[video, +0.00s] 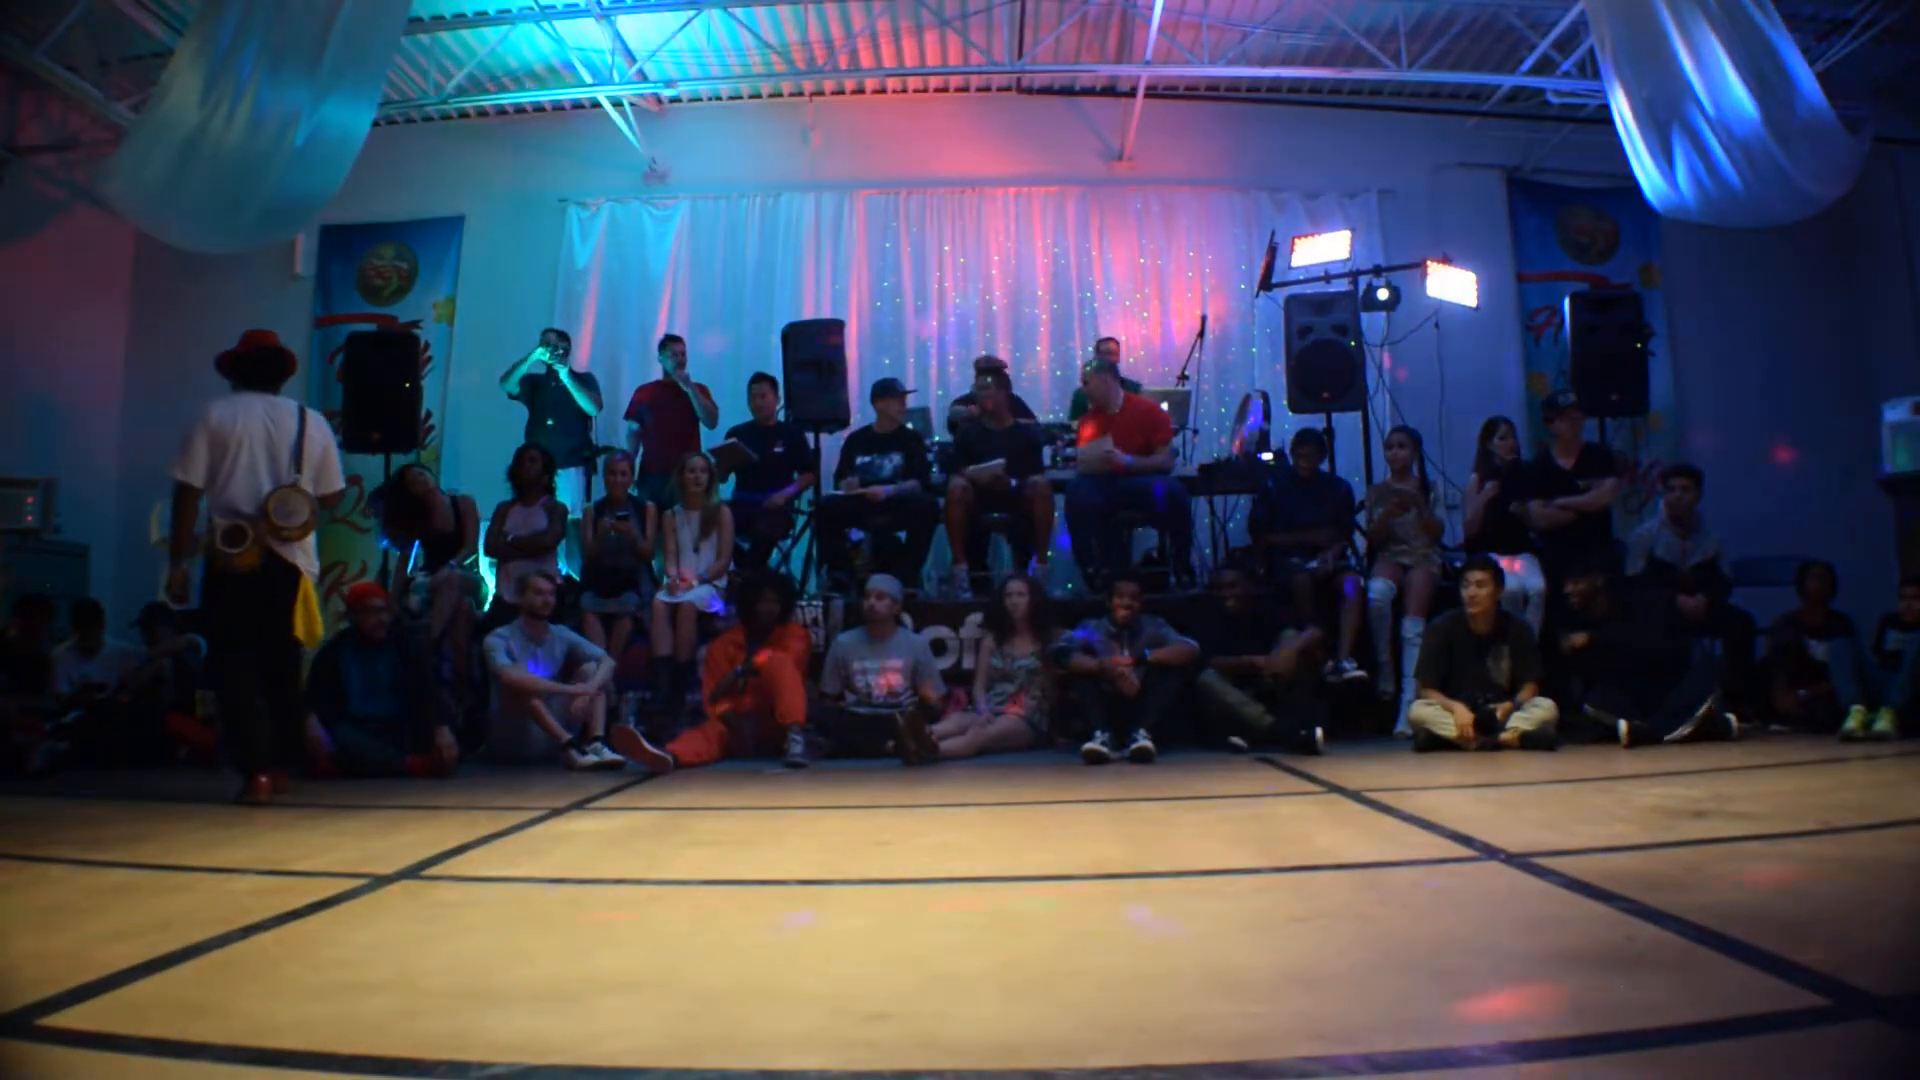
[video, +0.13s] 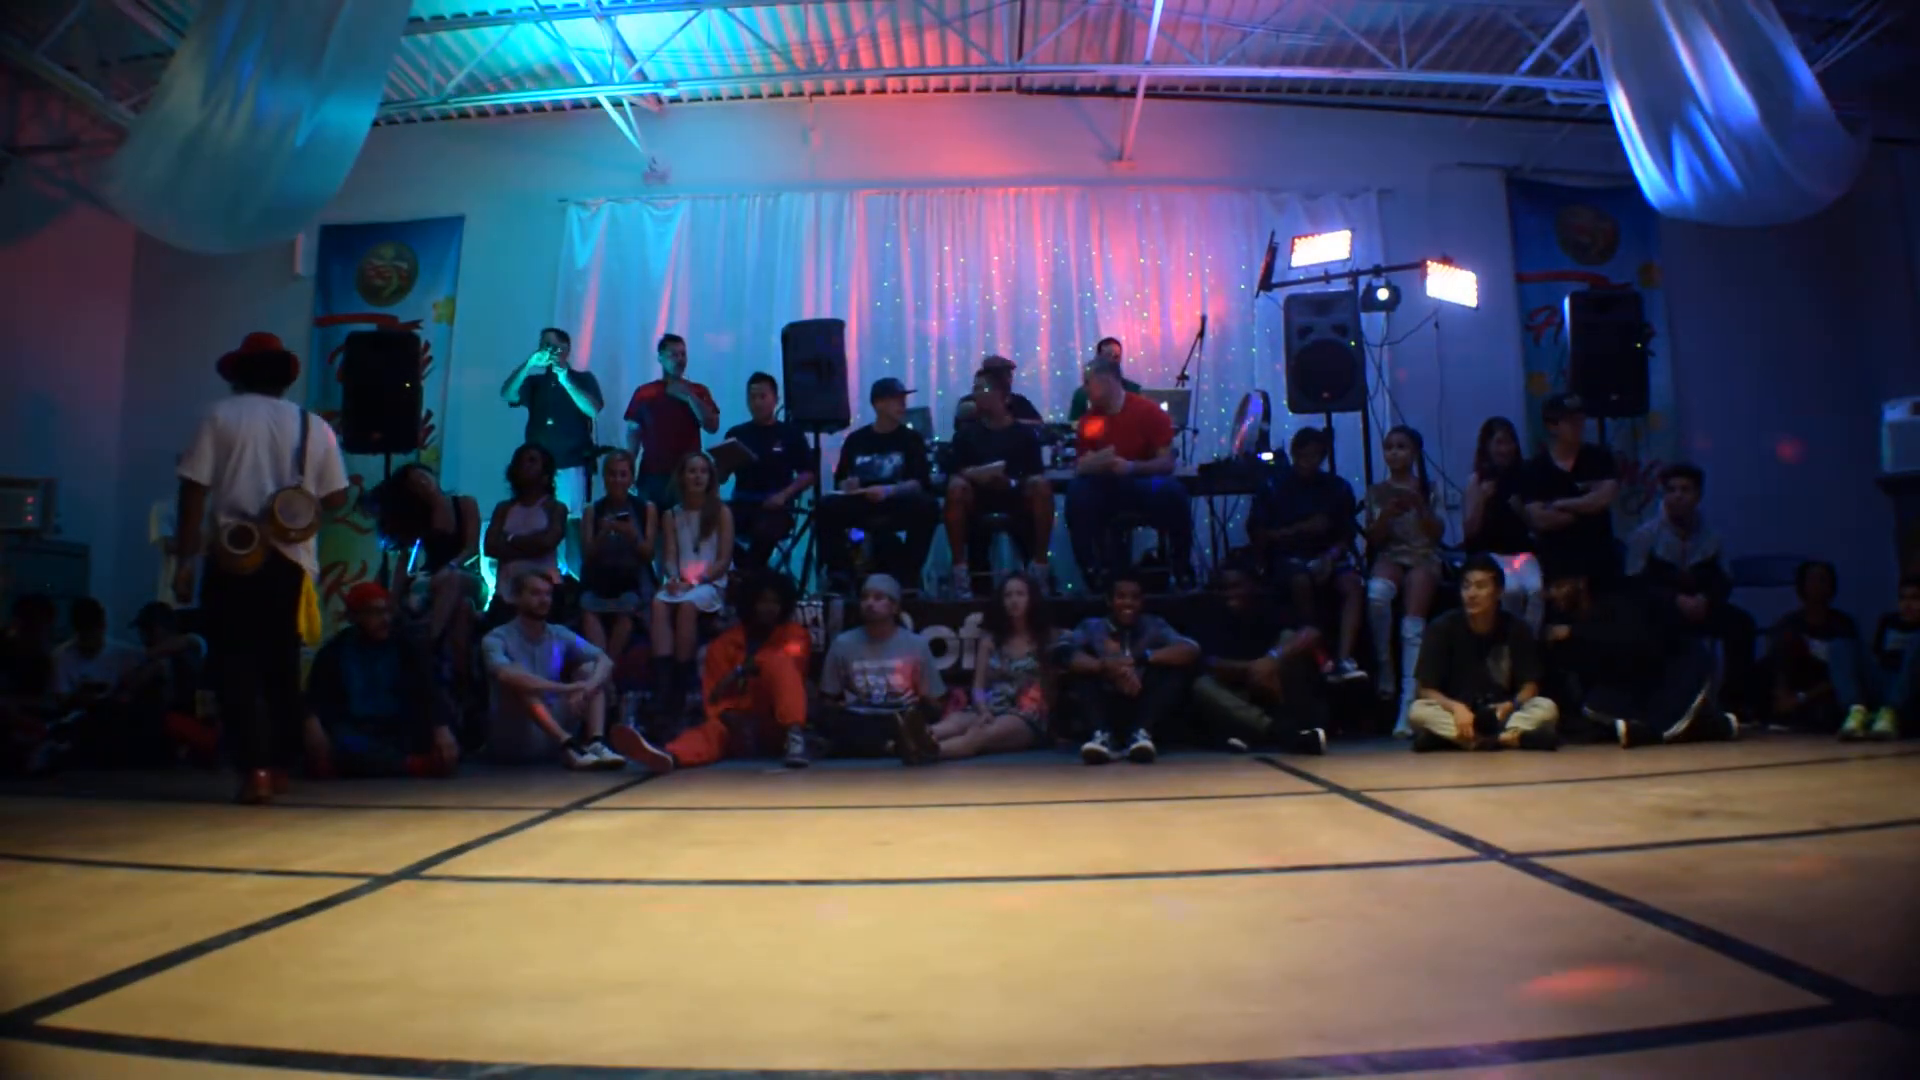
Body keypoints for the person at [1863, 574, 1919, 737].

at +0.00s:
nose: (1908, 604)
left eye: (1914, 599)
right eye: (1904, 598)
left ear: (1919, 602)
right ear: (1898, 600)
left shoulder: (1916, 629)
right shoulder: (1887, 623)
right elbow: (1875, 653)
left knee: (1912, 657)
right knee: (1843, 648)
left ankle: (1889, 712)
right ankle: (1856, 709)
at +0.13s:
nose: (1908, 604)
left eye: (1913, 599)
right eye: (1904, 598)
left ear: (1919, 602)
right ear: (1898, 601)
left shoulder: (1916, 630)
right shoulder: (1888, 623)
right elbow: (1875, 653)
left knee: (1912, 656)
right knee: (1843, 648)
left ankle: (1889, 712)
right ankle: (1856, 709)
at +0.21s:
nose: (1908, 604)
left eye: (1913, 598)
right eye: (1904, 598)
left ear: (1919, 602)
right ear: (1898, 601)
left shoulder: (1916, 631)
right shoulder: (1888, 622)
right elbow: (1876, 654)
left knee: (1912, 655)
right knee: (1841, 648)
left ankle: (1888, 712)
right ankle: (1855, 709)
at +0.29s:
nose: (1908, 604)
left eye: (1913, 599)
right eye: (1904, 598)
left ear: (1919, 602)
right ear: (1898, 601)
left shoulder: (1915, 630)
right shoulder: (1887, 622)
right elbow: (1876, 653)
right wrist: (1905, 659)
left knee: (1911, 656)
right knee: (1841, 647)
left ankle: (1888, 712)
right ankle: (1855, 709)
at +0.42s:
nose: (1908, 604)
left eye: (1913, 598)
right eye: (1903, 598)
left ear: (1919, 602)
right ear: (1897, 601)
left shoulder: (1915, 630)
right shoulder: (1887, 622)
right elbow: (1876, 654)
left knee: (1912, 653)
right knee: (1842, 647)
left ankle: (1890, 712)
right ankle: (1856, 709)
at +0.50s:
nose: (1908, 604)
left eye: (1913, 598)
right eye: (1904, 598)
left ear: (1919, 601)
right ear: (1898, 600)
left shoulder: (1916, 630)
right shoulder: (1888, 622)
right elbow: (1877, 654)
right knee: (1841, 648)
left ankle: (1889, 711)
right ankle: (1856, 709)